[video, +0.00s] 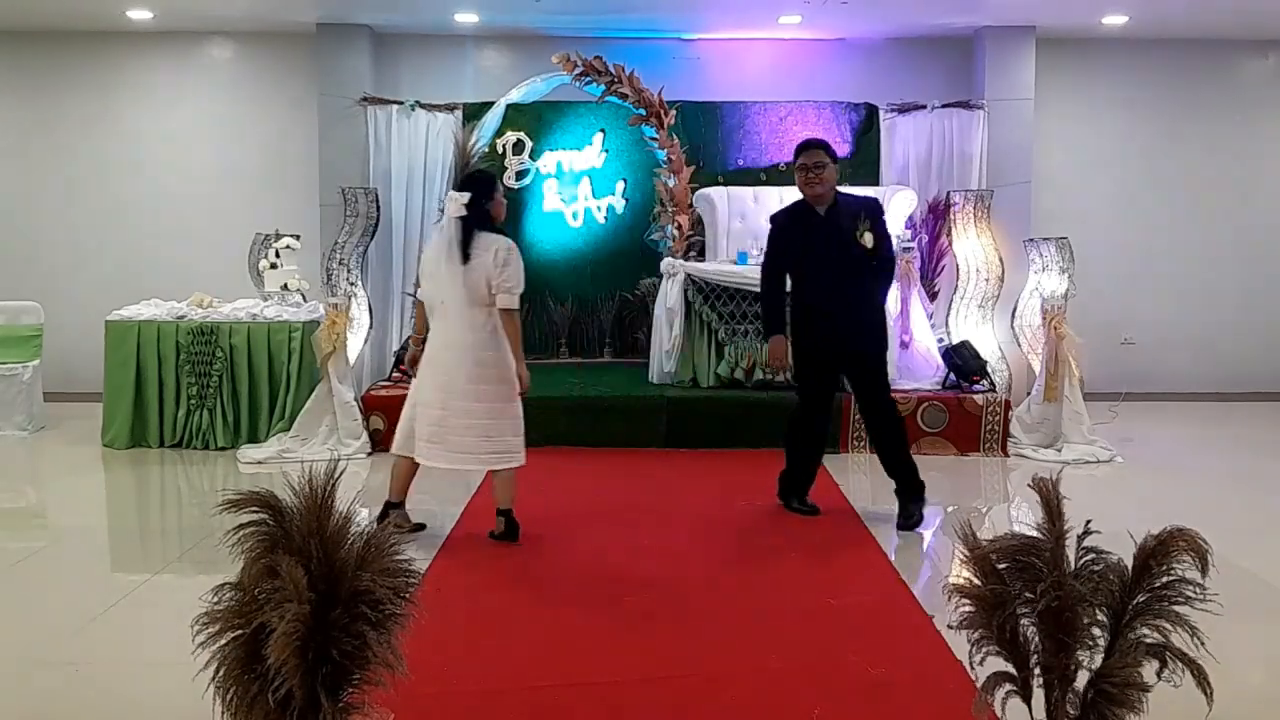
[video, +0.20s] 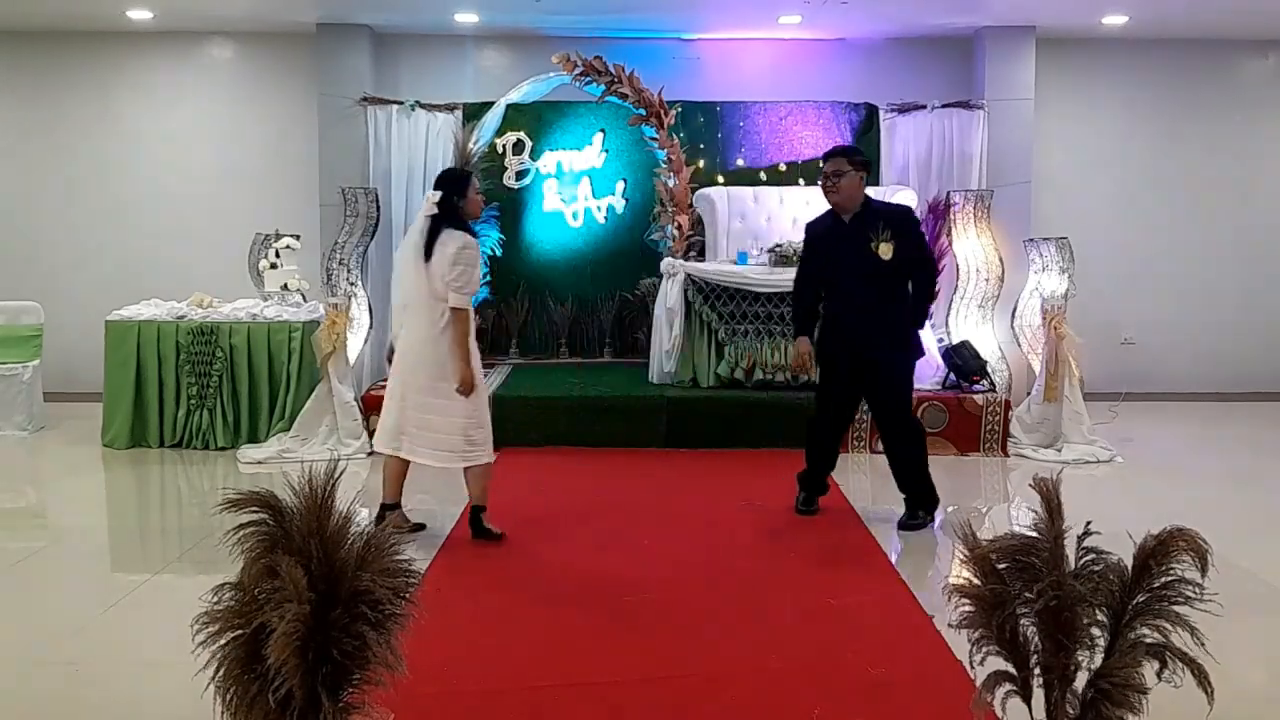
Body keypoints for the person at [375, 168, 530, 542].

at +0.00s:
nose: (505, 202)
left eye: (503, 196)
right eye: (500, 197)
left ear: (463, 203)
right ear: (486, 203)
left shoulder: (436, 245)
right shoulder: (502, 248)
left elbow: (422, 304)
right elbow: (508, 312)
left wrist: (416, 343)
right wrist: (520, 363)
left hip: (439, 356)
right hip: (487, 359)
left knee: (414, 428)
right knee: (502, 434)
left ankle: (393, 509)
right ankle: (504, 520)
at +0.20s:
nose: (482, 200)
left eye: (480, 194)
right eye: (476, 194)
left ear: (445, 199)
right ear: (459, 200)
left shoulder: (415, 235)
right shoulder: (464, 244)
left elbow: (404, 297)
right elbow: (460, 310)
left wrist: (398, 344)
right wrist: (465, 366)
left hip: (412, 352)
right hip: (452, 354)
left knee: (401, 430)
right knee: (475, 433)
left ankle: (390, 511)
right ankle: (477, 517)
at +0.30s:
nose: (474, 198)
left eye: (471, 192)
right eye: (467, 193)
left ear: (439, 198)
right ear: (450, 199)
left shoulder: (413, 230)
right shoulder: (447, 240)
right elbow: (437, 304)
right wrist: (440, 362)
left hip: (405, 350)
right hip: (436, 351)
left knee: (399, 429)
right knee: (461, 429)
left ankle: (390, 511)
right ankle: (457, 514)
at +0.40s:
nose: (466, 198)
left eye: (464, 192)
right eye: (460, 192)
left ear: (433, 197)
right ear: (442, 198)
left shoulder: (410, 233)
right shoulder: (433, 237)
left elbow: (403, 297)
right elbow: (417, 299)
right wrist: (421, 356)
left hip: (400, 351)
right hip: (428, 353)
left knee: (397, 429)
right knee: (442, 430)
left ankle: (389, 510)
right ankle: (422, 509)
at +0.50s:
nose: (461, 198)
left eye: (459, 192)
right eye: (454, 192)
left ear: (434, 197)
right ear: (436, 197)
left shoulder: (426, 232)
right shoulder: (422, 234)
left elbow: (408, 292)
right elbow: (401, 292)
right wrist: (407, 349)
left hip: (418, 341)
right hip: (419, 343)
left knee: (405, 421)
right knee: (427, 426)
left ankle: (389, 505)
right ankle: (392, 509)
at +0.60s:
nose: (457, 202)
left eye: (455, 195)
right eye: (451, 196)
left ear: (433, 201)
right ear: (431, 201)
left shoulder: (429, 240)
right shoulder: (415, 240)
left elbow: (416, 303)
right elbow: (403, 303)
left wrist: (428, 355)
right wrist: (402, 358)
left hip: (426, 345)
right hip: (415, 346)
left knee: (416, 426)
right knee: (410, 427)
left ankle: (389, 508)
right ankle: (382, 512)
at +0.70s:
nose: (456, 204)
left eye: (454, 197)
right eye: (449, 198)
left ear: (429, 202)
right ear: (429, 202)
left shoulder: (426, 243)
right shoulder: (415, 245)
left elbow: (420, 309)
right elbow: (414, 309)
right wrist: (410, 363)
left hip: (426, 354)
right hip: (408, 354)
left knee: (431, 429)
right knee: (402, 432)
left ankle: (398, 500)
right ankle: (380, 513)